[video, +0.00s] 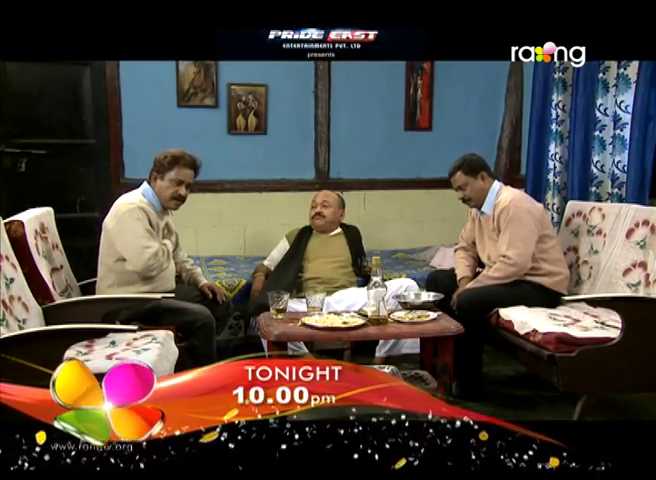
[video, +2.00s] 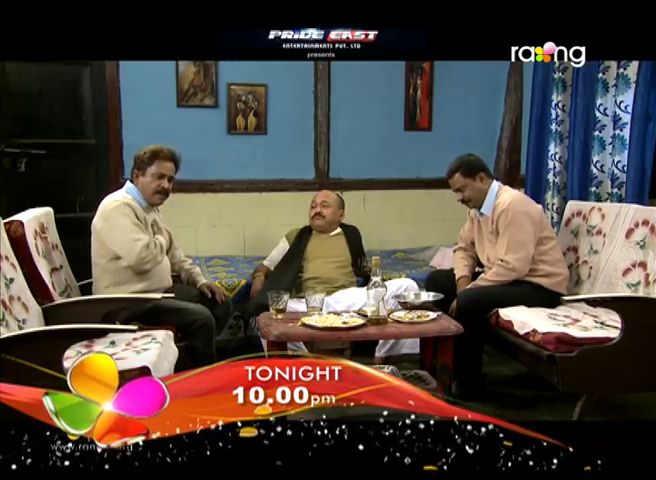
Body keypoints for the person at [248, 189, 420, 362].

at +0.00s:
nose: (317, 210)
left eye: (325, 206)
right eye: (314, 206)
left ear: (341, 213)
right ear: (309, 211)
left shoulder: (351, 233)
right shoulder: (297, 236)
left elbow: (362, 269)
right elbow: (265, 268)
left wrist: (377, 282)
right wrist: (256, 299)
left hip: (351, 297)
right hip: (311, 300)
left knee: (406, 286)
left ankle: (382, 362)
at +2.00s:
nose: (317, 211)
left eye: (325, 206)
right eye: (313, 206)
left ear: (340, 213)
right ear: (308, 211)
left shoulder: (351, 233)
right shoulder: (297, 236)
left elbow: (361, 269)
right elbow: (264, 269)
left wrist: (378, 282)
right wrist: (256, 302)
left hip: (350, 297)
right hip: (309, 300)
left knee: (406, 285)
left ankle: (382, 363)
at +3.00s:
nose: (331, 214)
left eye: (335, 208)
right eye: (323, 209)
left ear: (341, 211)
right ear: (309, 214)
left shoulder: (351, 233)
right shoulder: (297, 237)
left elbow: (361, 269)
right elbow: (265, 268)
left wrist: (377, 280)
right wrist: (255, 301)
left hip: (351, 297)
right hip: (311, 299)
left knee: (406, 285)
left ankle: (383, 363)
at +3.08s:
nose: (336, 214)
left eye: (338, 208)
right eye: (328, 209)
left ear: (342, 209)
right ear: (310, 215)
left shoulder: (351, 233)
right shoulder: (297, 237)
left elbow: (361, 268)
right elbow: (264, 269)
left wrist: (378, 280)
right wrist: (258, 297)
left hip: (351, 297)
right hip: (309, 299)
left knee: (406, 286)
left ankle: (383, 364)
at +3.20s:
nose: (336, 213)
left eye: (337, 208)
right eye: (328, 209)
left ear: (341, 209)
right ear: (309, 214)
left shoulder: (349, 233)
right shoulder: (295, 236)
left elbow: (362, 268)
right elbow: (263, 270)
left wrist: (377, 281)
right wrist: (259, 297)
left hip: (351, 297)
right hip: (311, 300)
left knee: (406, 286)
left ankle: (384, 366)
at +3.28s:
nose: (336, 213)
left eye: (337, 207)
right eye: (328, 209)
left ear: (340, 209)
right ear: (309, 214)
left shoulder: (348, 233)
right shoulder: (294, 236)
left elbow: (362, 267)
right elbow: (263, 270)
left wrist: (377, 280)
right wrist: (259, 305)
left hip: (352, 296)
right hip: (312, 299)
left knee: (407, 286)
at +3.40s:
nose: (336, 213)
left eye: (337, 207)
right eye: (328, 209)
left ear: (340, 208)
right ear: (309, 214)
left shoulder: (347, 233)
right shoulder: (294, 237)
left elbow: (360, 267)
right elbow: (264, 268)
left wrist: (376, 278)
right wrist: (258, 279)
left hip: (352, 297)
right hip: (311, 300)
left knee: (406, 287)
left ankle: (383, 366)